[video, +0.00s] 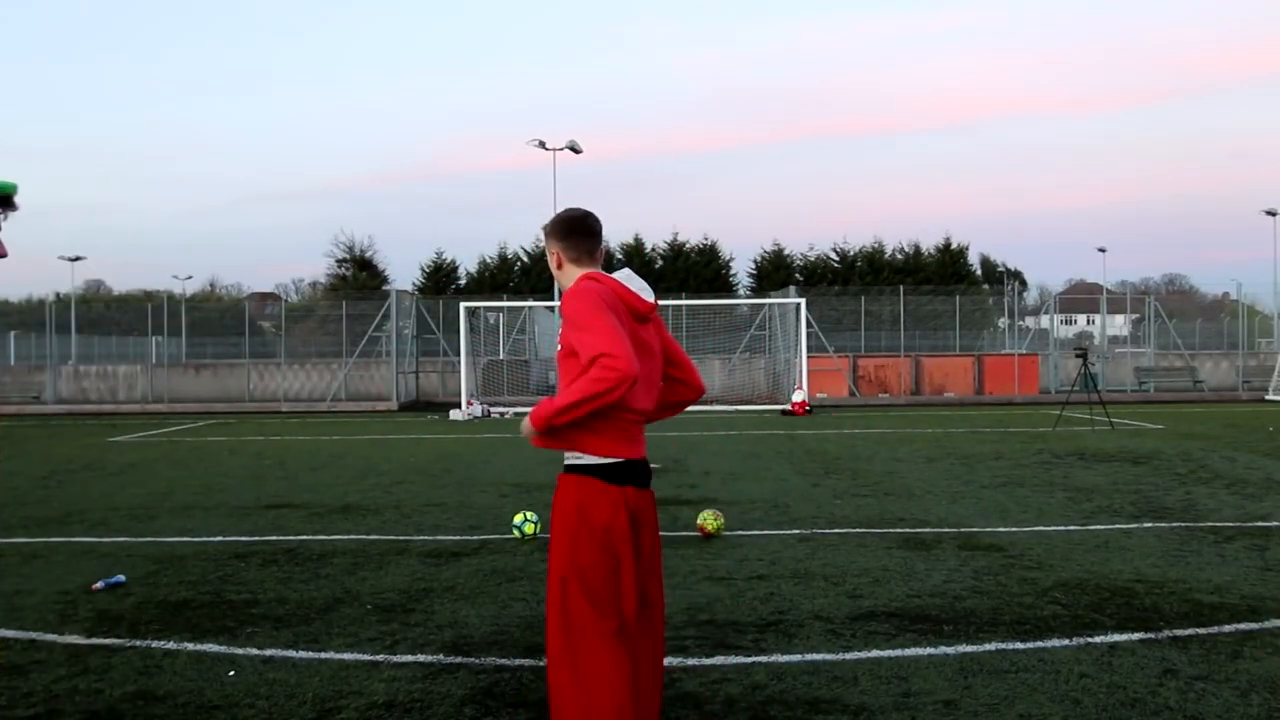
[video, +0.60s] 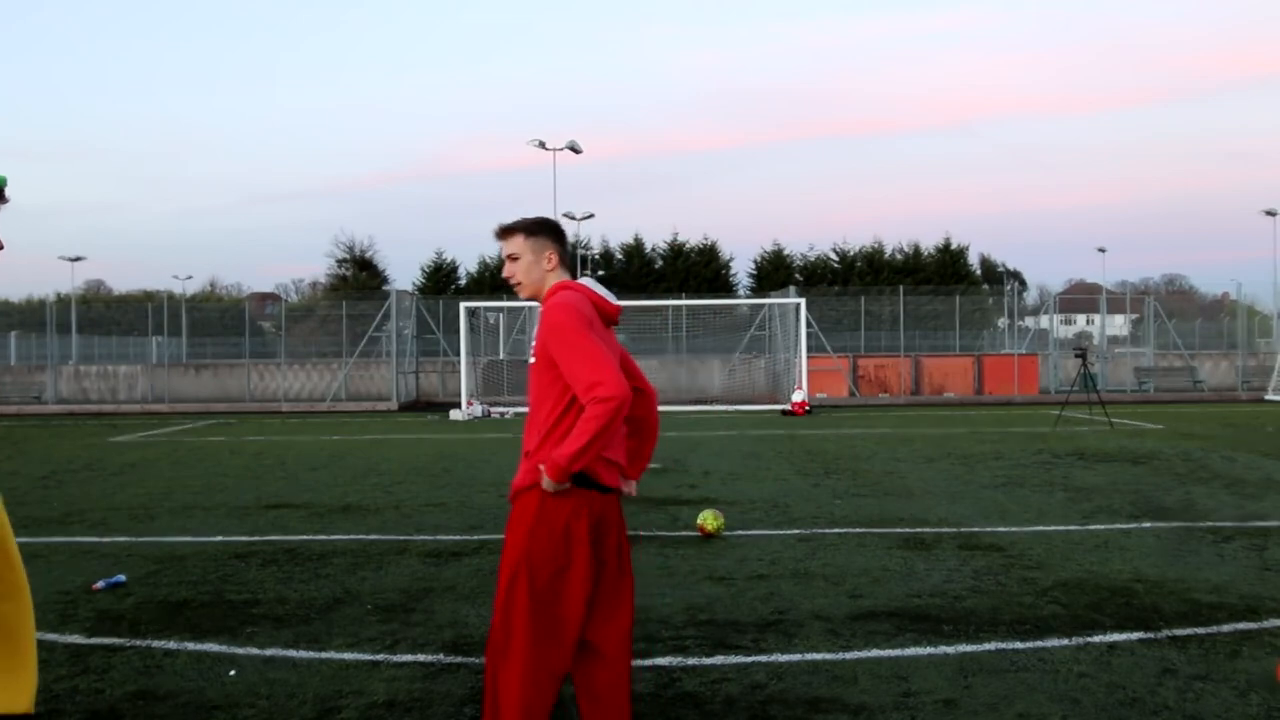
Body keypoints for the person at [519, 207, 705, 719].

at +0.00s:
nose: (550, 266)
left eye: (547, 258)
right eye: (549, 259)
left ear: (554, 257)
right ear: (602, 253)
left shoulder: (583, 296)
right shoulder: (632, 299)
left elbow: (614, 370)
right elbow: (686, 384)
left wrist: (542, 417)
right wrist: (621, 412)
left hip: (591, 486)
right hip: (634, 485)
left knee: (587, 631)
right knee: (635, 626)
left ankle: (596, 715)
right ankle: (635, 713)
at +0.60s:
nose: (506, 272)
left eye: (514, 260)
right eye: (504, 262)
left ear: (549, 258)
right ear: (554, 262)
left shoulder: (560, 310)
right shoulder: (584, 310)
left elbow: (609, 393)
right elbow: (642, 394)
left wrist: (557, 465)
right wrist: (627, 469)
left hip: (555, 508)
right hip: (599, 507)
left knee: (524, 648)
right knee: (602, 651)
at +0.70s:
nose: (491, 271)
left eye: (499, 259)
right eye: (489, 260)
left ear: (534, 258)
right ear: (539, 262)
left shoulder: (544, 309)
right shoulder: (569, 309)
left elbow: (592, 397)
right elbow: (624, 393)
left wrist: (541, 470)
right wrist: (613, 468)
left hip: (538, 510)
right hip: (580, 508)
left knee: (511, 650)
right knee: (586, 652)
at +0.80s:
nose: (480, 269)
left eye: (488, 256)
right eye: (478, 258)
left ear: (524, 256)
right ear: (528, 260)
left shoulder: (533, 311)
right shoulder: (558, 309)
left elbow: (582, 400)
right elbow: (614, 393)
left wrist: (540, 474)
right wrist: (600, 471)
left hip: (523, 512)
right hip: (565, 509)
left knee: (505, 648)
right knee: (571, 648)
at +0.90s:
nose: (462, 269)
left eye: (470, 256)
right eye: (460, 258)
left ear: (507, 256)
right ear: (509, 260)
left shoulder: (518, 312)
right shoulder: (539, 308)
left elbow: (572, 404)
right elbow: (598, 399)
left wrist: (536, 484)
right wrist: (577, 475)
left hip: (511, 506)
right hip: (546, 506)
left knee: (491, 642)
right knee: (545, 636)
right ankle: (576, 708)